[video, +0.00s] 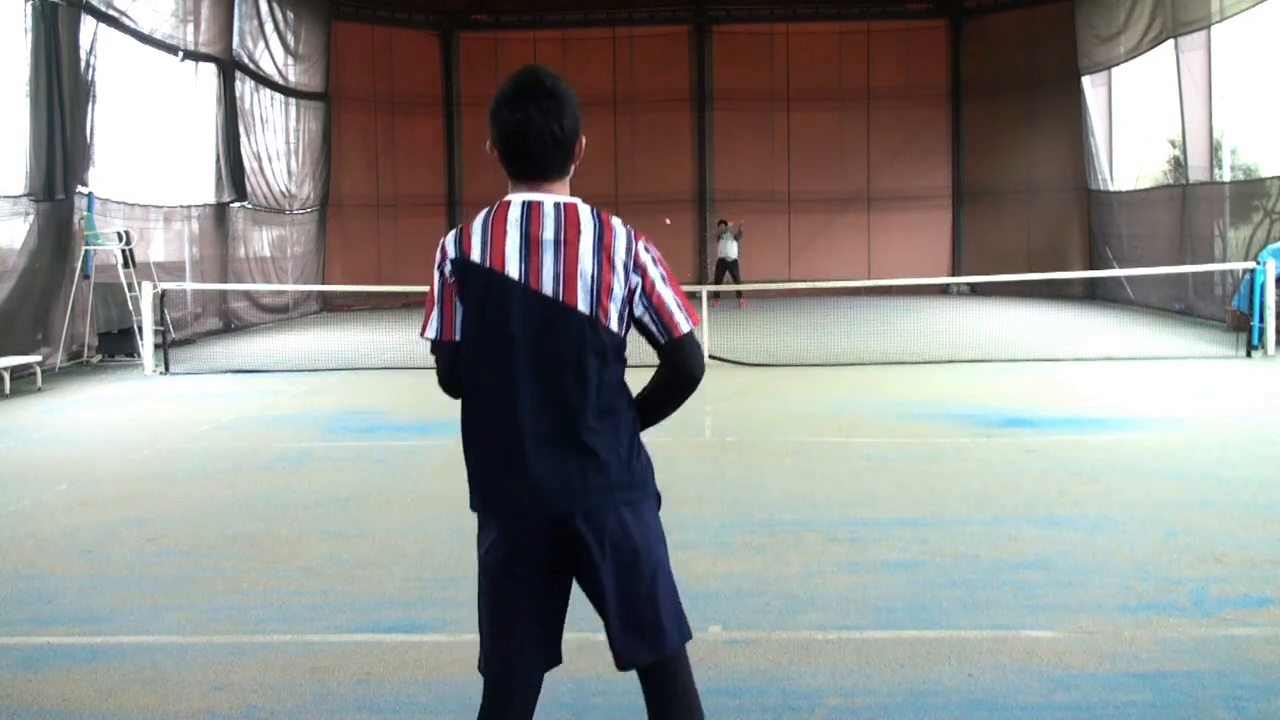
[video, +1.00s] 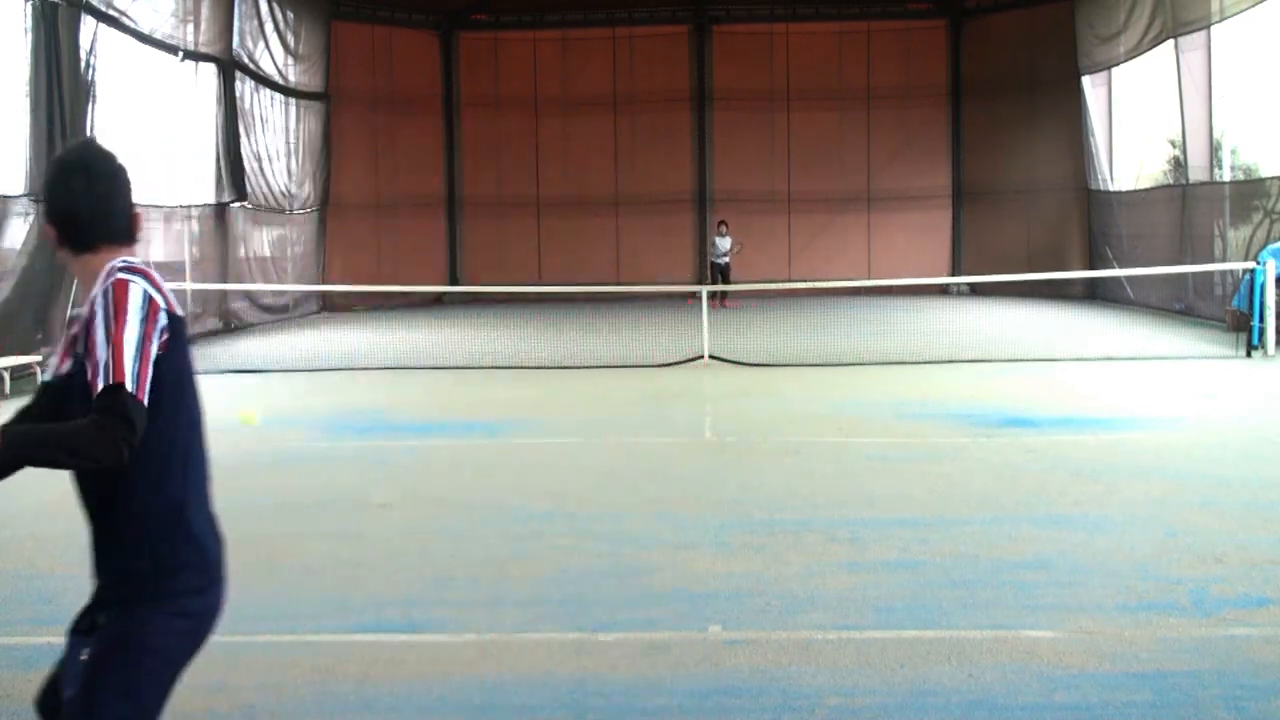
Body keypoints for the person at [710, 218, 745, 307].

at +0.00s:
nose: (721, 228)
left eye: (722, 226)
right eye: (720, 227)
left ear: (726, 227)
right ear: (718, 228)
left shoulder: (732, 235)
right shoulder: (719, 236)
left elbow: (738, 237)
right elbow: (718, 233)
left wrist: (740, 230)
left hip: (733, 259)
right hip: (722, 258)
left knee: (737, 279)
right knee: (717, 279)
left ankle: (740, 298)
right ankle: (716, 298)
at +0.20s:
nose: (730, 231)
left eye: (731, 229)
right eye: (728, 229)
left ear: (734, 229)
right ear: (726, 231)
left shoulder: (739, 243)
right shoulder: (728, 239)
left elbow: (745, 244)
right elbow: (736, 234)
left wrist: (749, 238)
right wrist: (746, 232)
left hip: (735, 264)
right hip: (726, 261)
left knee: (738, 283)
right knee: (719, 281)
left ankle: (739, 301)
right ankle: (713, 297)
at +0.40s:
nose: (736, 231)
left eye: (737, 229)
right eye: (734, 229)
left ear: (739, 230)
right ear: (731, 230)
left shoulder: (739, 240)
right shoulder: (733, 237)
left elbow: (742, 246)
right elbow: (739, 240)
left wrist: (747, 245)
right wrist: (749, 241)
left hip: (735, 264)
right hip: (727, 261)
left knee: (738, 283)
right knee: (720, 281)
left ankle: (738, 300)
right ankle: (713, 296)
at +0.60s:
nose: (734, 234)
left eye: (735, 232)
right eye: (732, 232)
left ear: (738, 233)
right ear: (729, 233)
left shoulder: (738, 243)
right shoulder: (729, 243)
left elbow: (736, 253)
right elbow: (737, 253)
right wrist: (748, 256)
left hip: (734, 266)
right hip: (725, 265)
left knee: (738, 284)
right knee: (722, 283)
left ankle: (738, 301)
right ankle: (713, 298)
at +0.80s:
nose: (728, 234)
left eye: (729, 231)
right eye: (726, 232)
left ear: (731, 233)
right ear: (723, 233)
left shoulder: (733, 243)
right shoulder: (720, 242)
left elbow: (735, 252)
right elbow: (717, 253)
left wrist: (734, 258)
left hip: (729, 264)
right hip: (719, 264)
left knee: (734, 282)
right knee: (719, 282)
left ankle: (737, 300)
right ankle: (716, 299)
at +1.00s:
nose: (722, 230)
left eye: (724, 227)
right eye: (721, 227)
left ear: (727, 229)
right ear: (718, 229)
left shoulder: (729, 239)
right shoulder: (715, 239)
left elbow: (730, 251)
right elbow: (710, 251)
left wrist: (736, 249)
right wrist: (721, 254)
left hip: (725, 263)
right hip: (715, 262)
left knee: (727, 282)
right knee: (715, 281)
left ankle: (723, 299)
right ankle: (714, 299)